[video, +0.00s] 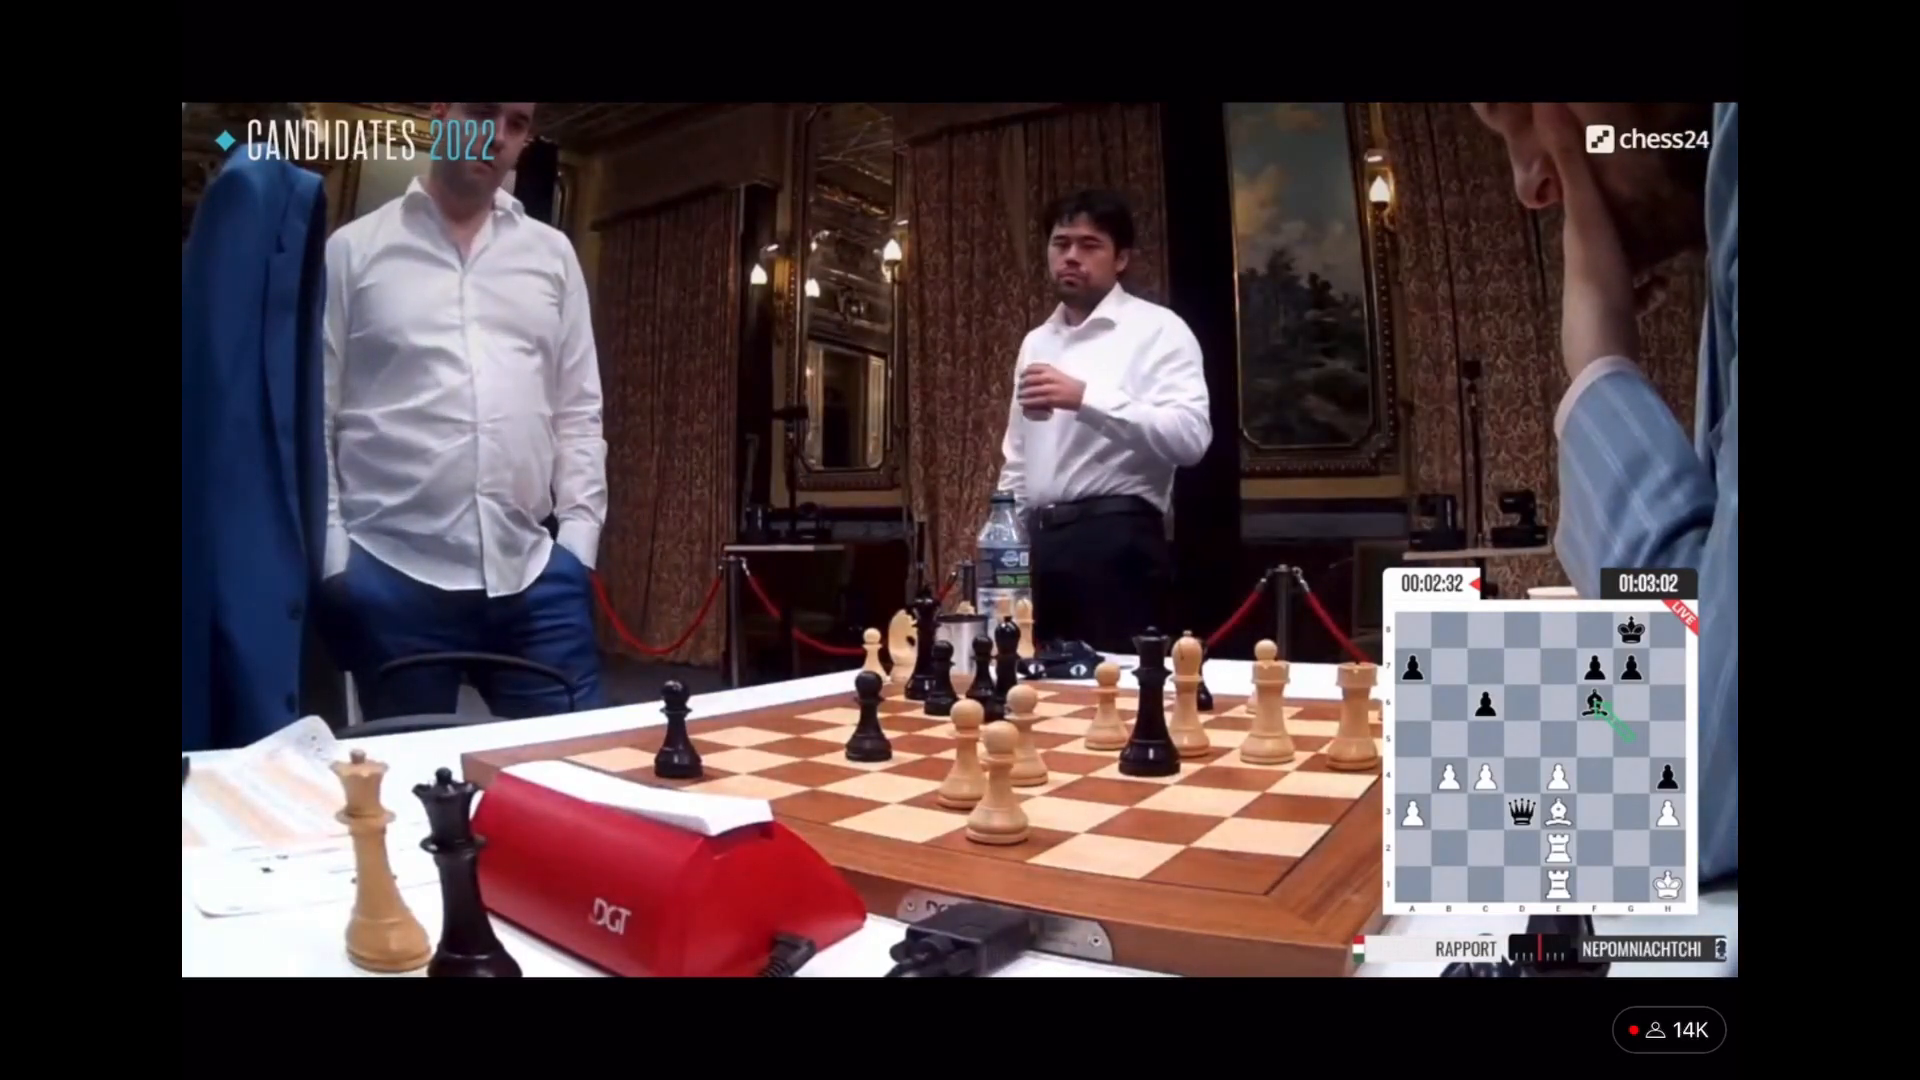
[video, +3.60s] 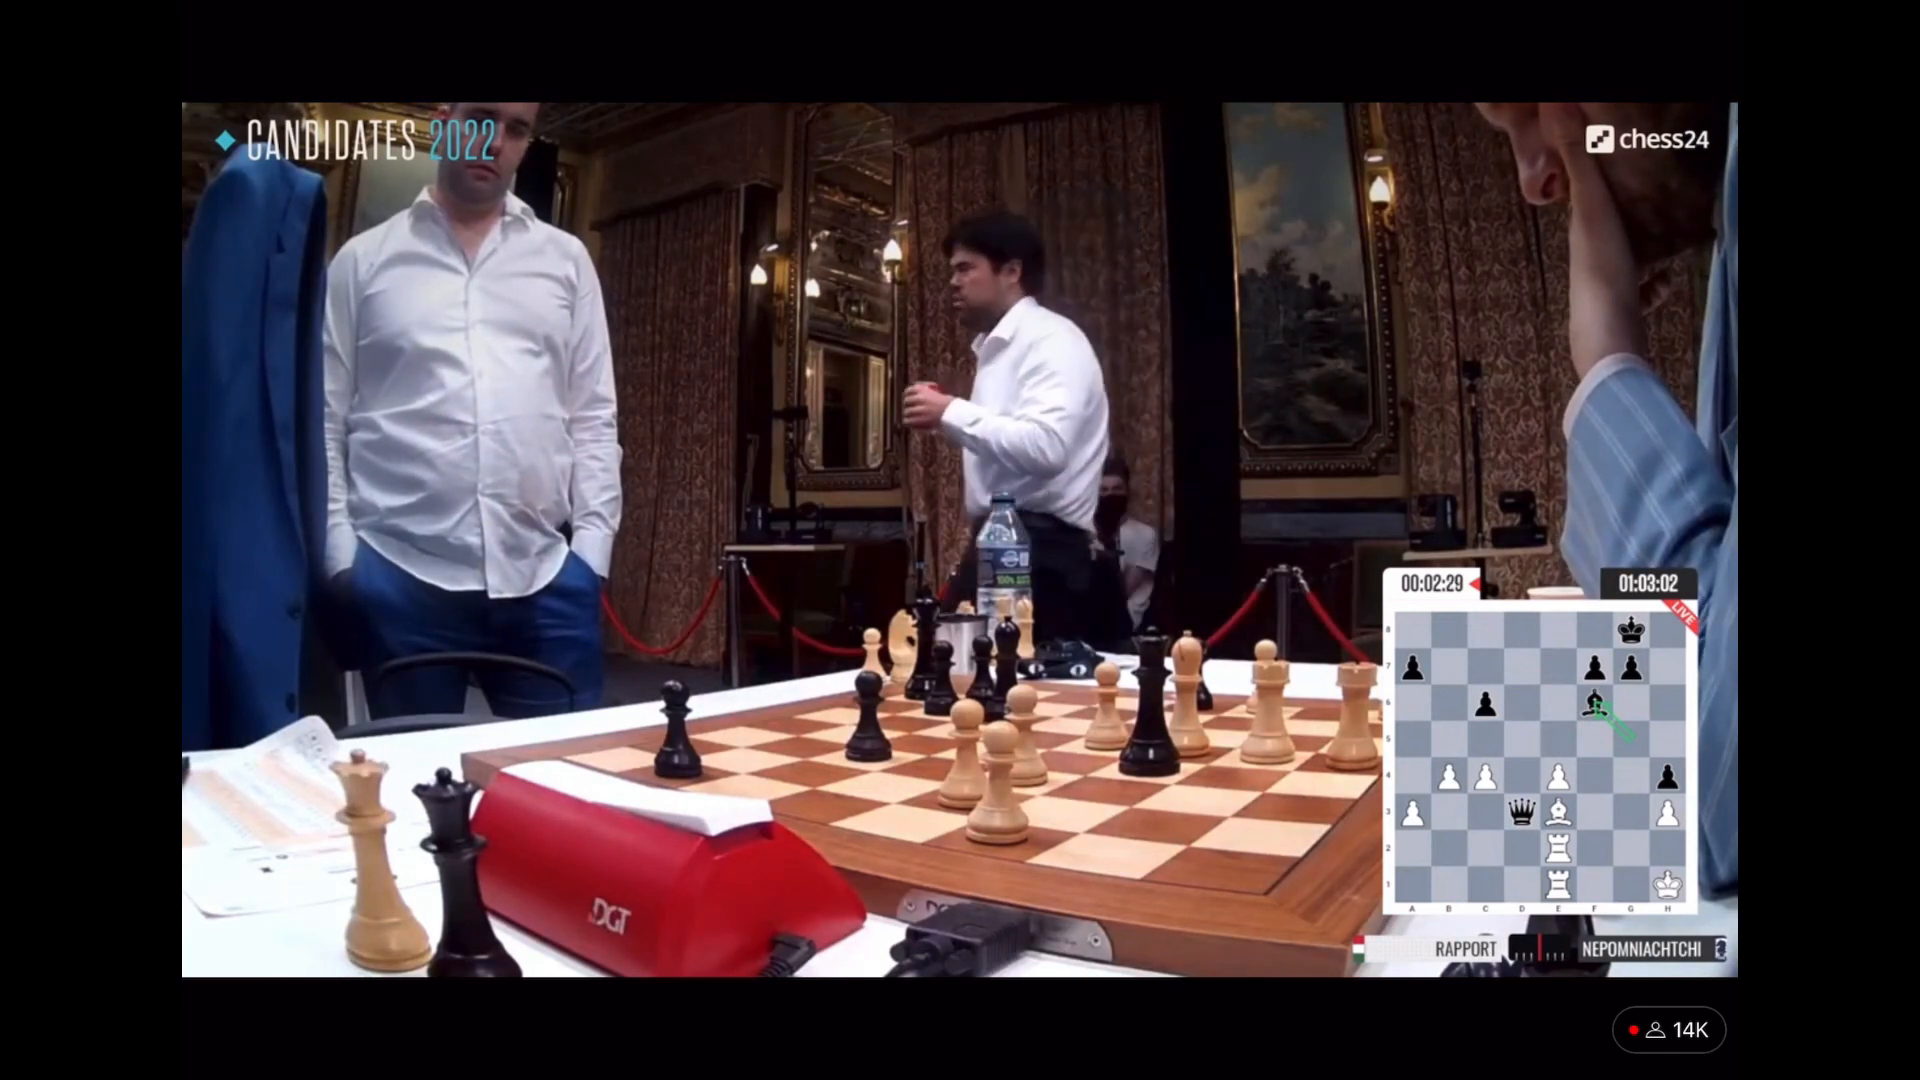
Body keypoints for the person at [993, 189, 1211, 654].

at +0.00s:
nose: (1071, 258)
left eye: (1089, 246)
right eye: (1061, 244)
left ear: (1121, 259)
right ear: (1048, 253)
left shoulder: (1161, 330)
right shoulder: (1036, 343)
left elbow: (1190, 437)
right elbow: (1017, 460)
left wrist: (1084, 395)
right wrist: (1000, 546)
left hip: (1120, 534)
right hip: (1044, 536)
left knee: (1124, 691)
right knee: (1050, 693)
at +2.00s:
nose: (1068, 261)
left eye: (1085, 247)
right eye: (1059, 247)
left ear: (1123, 258)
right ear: (1049, 255)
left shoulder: (1164, 328)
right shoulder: (1056, 342)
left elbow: (1180, 435)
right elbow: (1044, 453)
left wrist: (1071, 394)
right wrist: (1028, 530)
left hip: (1122, 534)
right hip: (1055, 533)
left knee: (1119, 695)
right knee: (1056, 695)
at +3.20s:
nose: (1061, 262)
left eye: (1079, 251)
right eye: (1055, 249)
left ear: (1119, 261)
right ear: (1045, 254)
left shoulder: (1155, 332)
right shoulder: (1054, 342)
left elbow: (1167, 442)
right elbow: (1051, 460)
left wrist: (1060, 400)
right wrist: (1030, 529)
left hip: (1118, 537)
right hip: (1055, 534)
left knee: (1118, 696)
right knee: (1060, 696)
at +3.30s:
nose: (1039, 264)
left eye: (1056, 251)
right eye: (1035, 250)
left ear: (1100, 262)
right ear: (1028, 254)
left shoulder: (1138, 332)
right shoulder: (1046, 338)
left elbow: (1148, 443)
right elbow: (1056, 445)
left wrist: (1039, 403)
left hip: (1105, 535)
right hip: (1050, 531)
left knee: (1103, 695)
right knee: (1055, 692)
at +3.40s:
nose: (1016, 266)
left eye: (1031, 253)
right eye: (1014, 254)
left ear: (1077, 261)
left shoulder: (1119, 333)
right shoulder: (1035, 338)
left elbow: (1125, 442)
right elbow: (1051, 445)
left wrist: (1018, 406)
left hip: (1092, 539)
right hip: (1040, 532)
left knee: (1092, 695)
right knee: (1044, 693)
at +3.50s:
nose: (979, 275)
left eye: (993, 261)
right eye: (979, 264)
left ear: (1041, 266)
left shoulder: (1083, 336)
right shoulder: (1017, 345)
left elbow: (1082, 444)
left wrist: (981, 409)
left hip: (1069, 546)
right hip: (1022, 540)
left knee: (1085, 699)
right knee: (1030, 697)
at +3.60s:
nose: (953, 283)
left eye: (965, 269)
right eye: (954, 271)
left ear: (1011, 273)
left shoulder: (1055, 342)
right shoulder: (999, 349)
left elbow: (1044, 446)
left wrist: (951, 412)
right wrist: (948, 415)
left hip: (1045, 546)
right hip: (1002, 539)